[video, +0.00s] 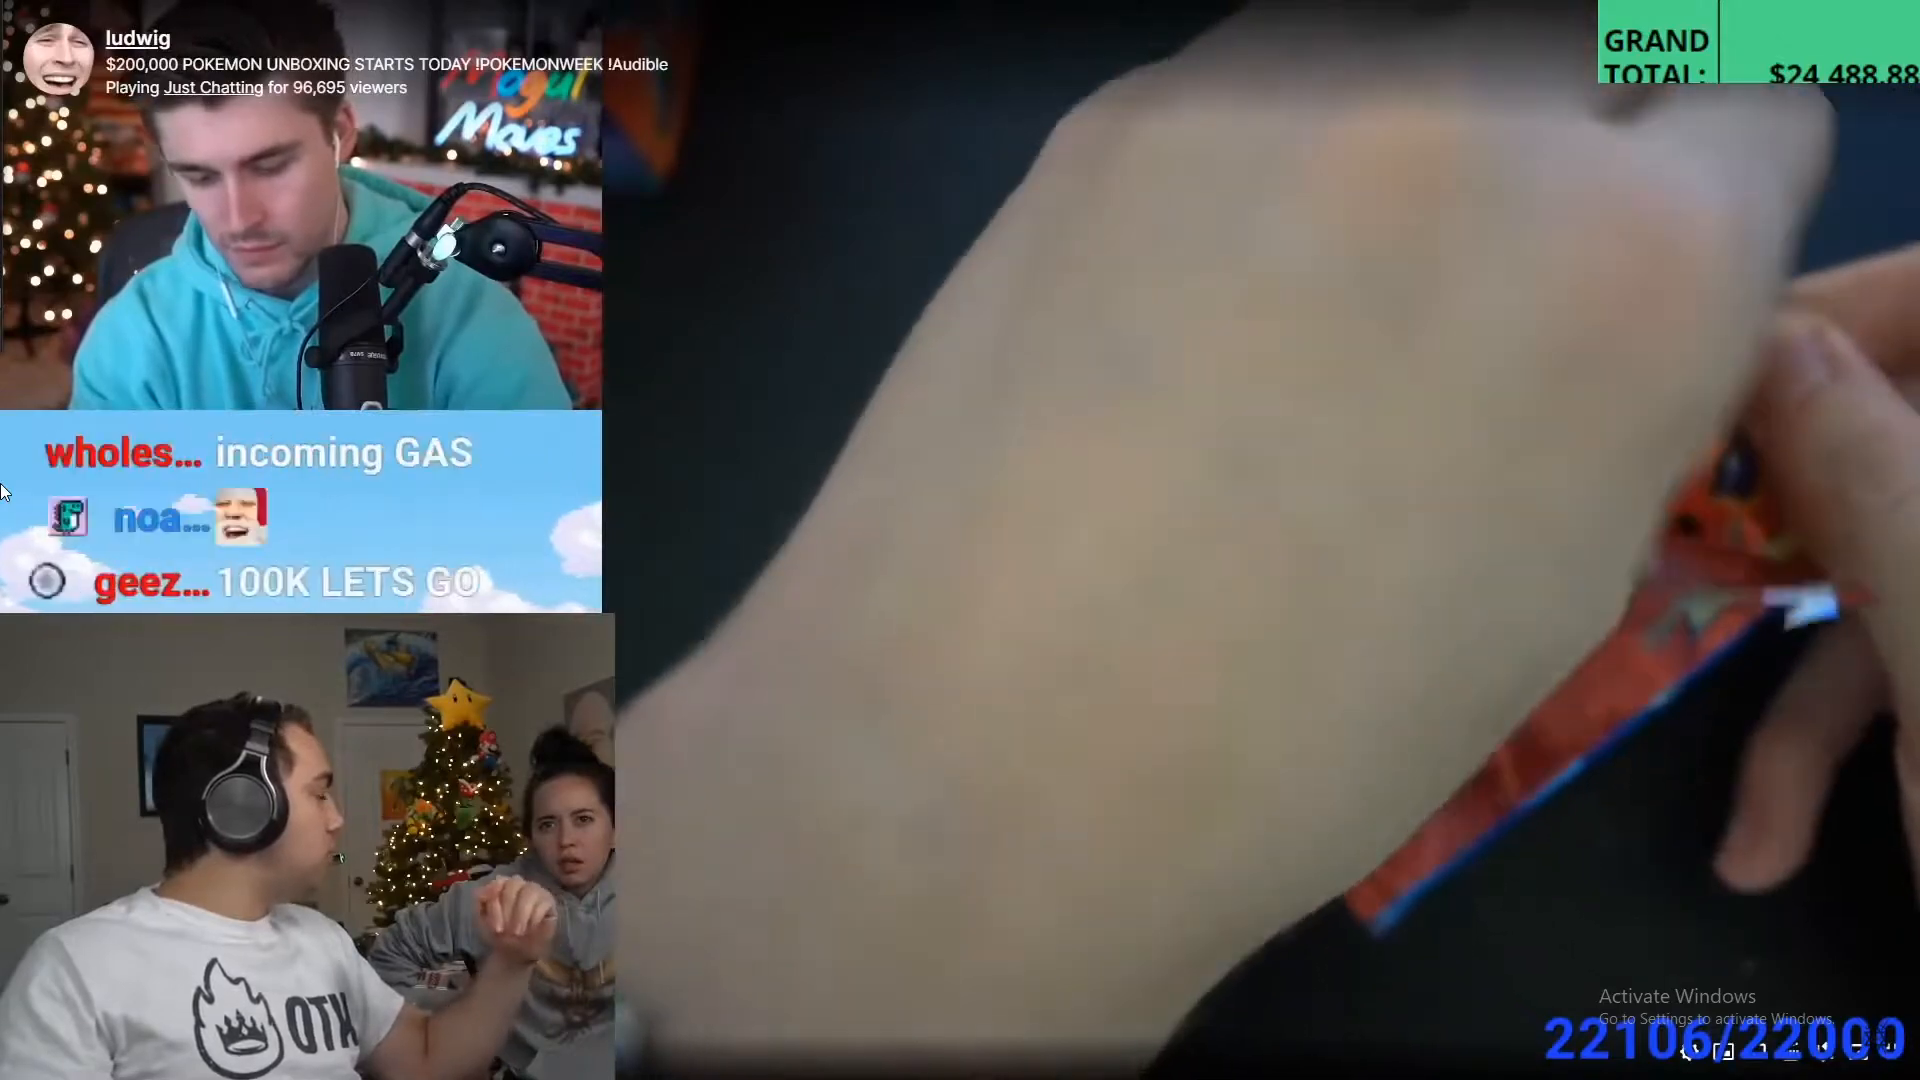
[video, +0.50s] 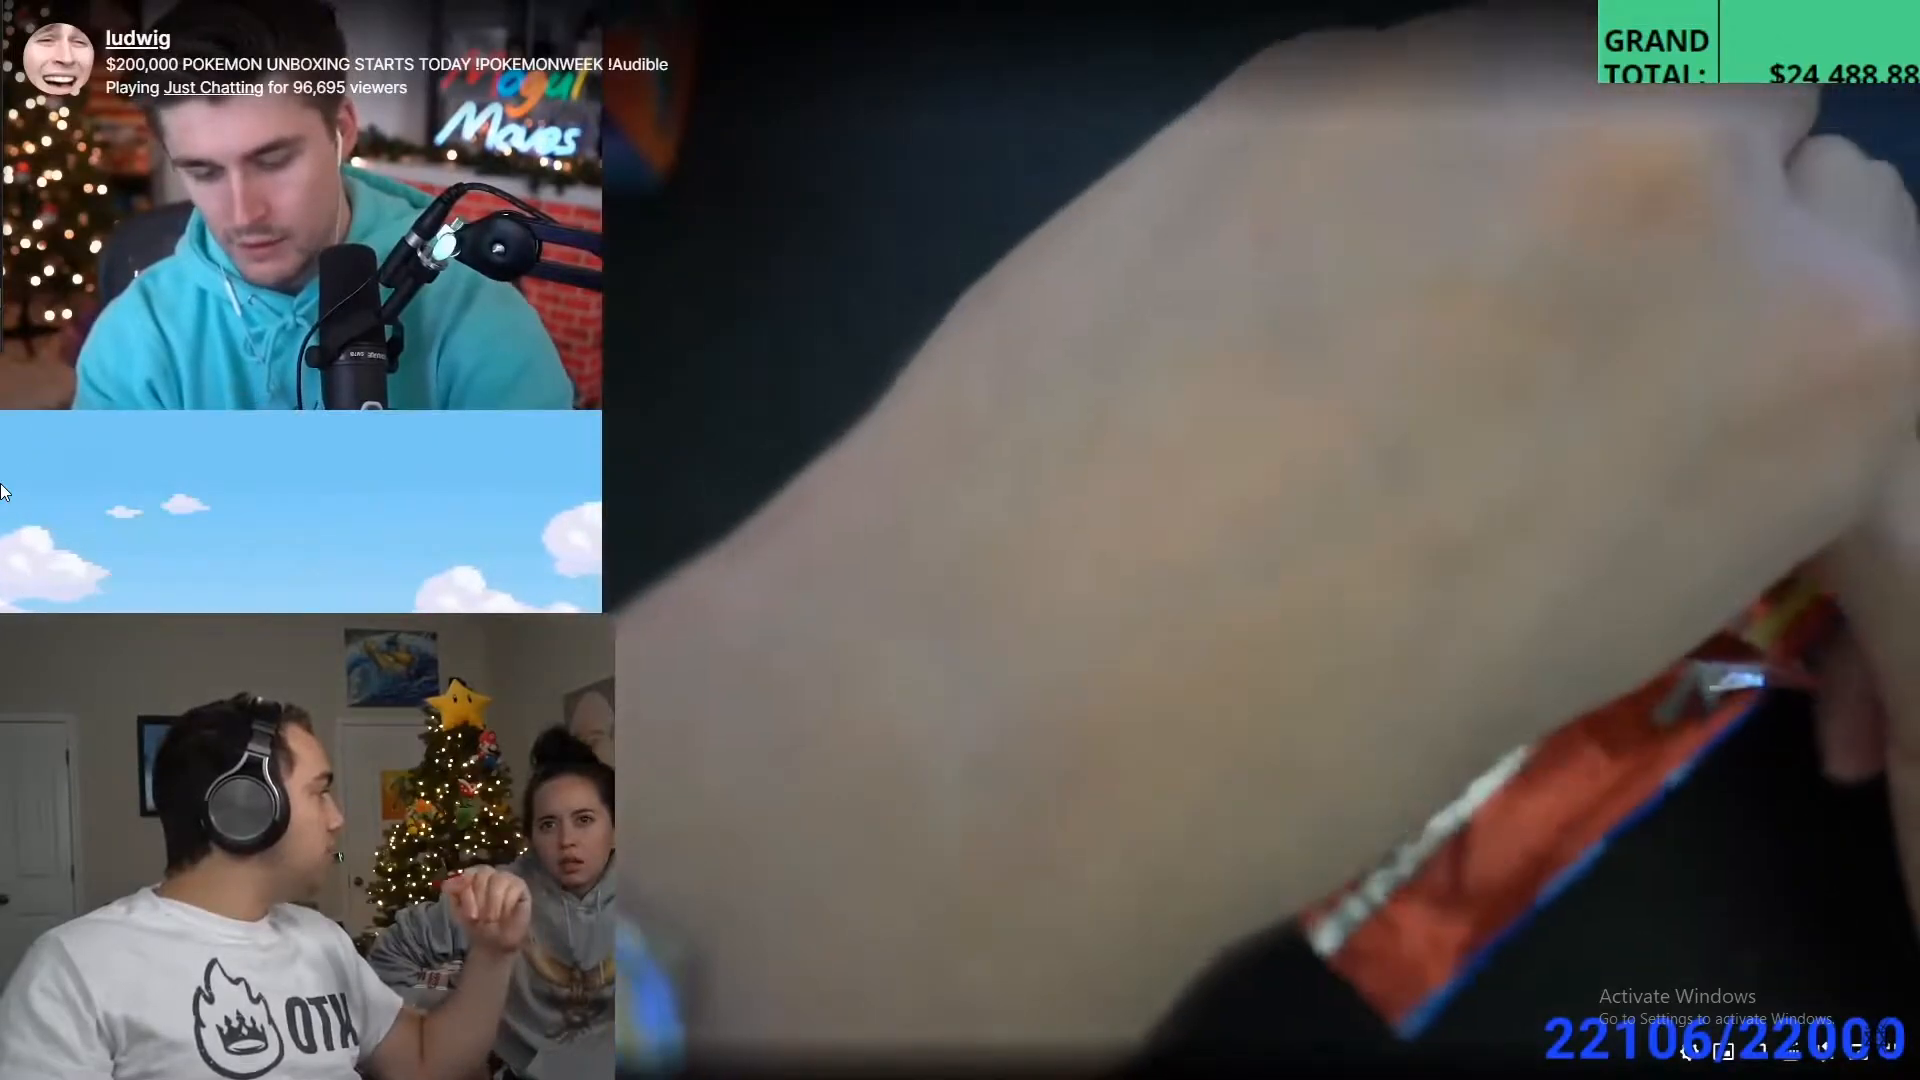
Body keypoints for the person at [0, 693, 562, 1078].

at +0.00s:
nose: (340, 818)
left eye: (331, 793)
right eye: (320, 793)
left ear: (255, 803)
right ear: (241, 803)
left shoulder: (323, 943)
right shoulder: (76, 967)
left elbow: (427, 1059)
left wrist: (509, 962)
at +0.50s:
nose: (340, 819)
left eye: (331, 791)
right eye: (320, 792)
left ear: (250, 806)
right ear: (242, 806)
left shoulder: (323, 944)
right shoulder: (75, 967)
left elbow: (430, 1062)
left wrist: (494, 953)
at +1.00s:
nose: (340, 818)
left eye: (332, 794)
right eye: (321, 794)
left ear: (255, 803)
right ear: (241, 805)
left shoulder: (322, 943)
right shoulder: (75, 968)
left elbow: (426, 1057)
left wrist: (514, 967)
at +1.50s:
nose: (340, 818)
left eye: (331, 792)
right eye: (320, 793)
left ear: (256, 804)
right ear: (241, 805)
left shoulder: (322, 943)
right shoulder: (73, 969)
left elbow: (427, 1058)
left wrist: (511, 965)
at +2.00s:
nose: (343, 821)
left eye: (334, 797)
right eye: (324, 798)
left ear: (258, 807)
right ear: (247, 808)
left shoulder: (324, 942)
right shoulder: (75, 968)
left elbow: (425, 1058)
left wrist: (511, 967)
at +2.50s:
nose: (344, 823)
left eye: (336, 798)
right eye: (325, 799)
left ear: (260, 809)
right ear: (250, 810)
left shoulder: (324, 942)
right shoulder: (77, 967)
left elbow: (426, 1059)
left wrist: (511, 967)